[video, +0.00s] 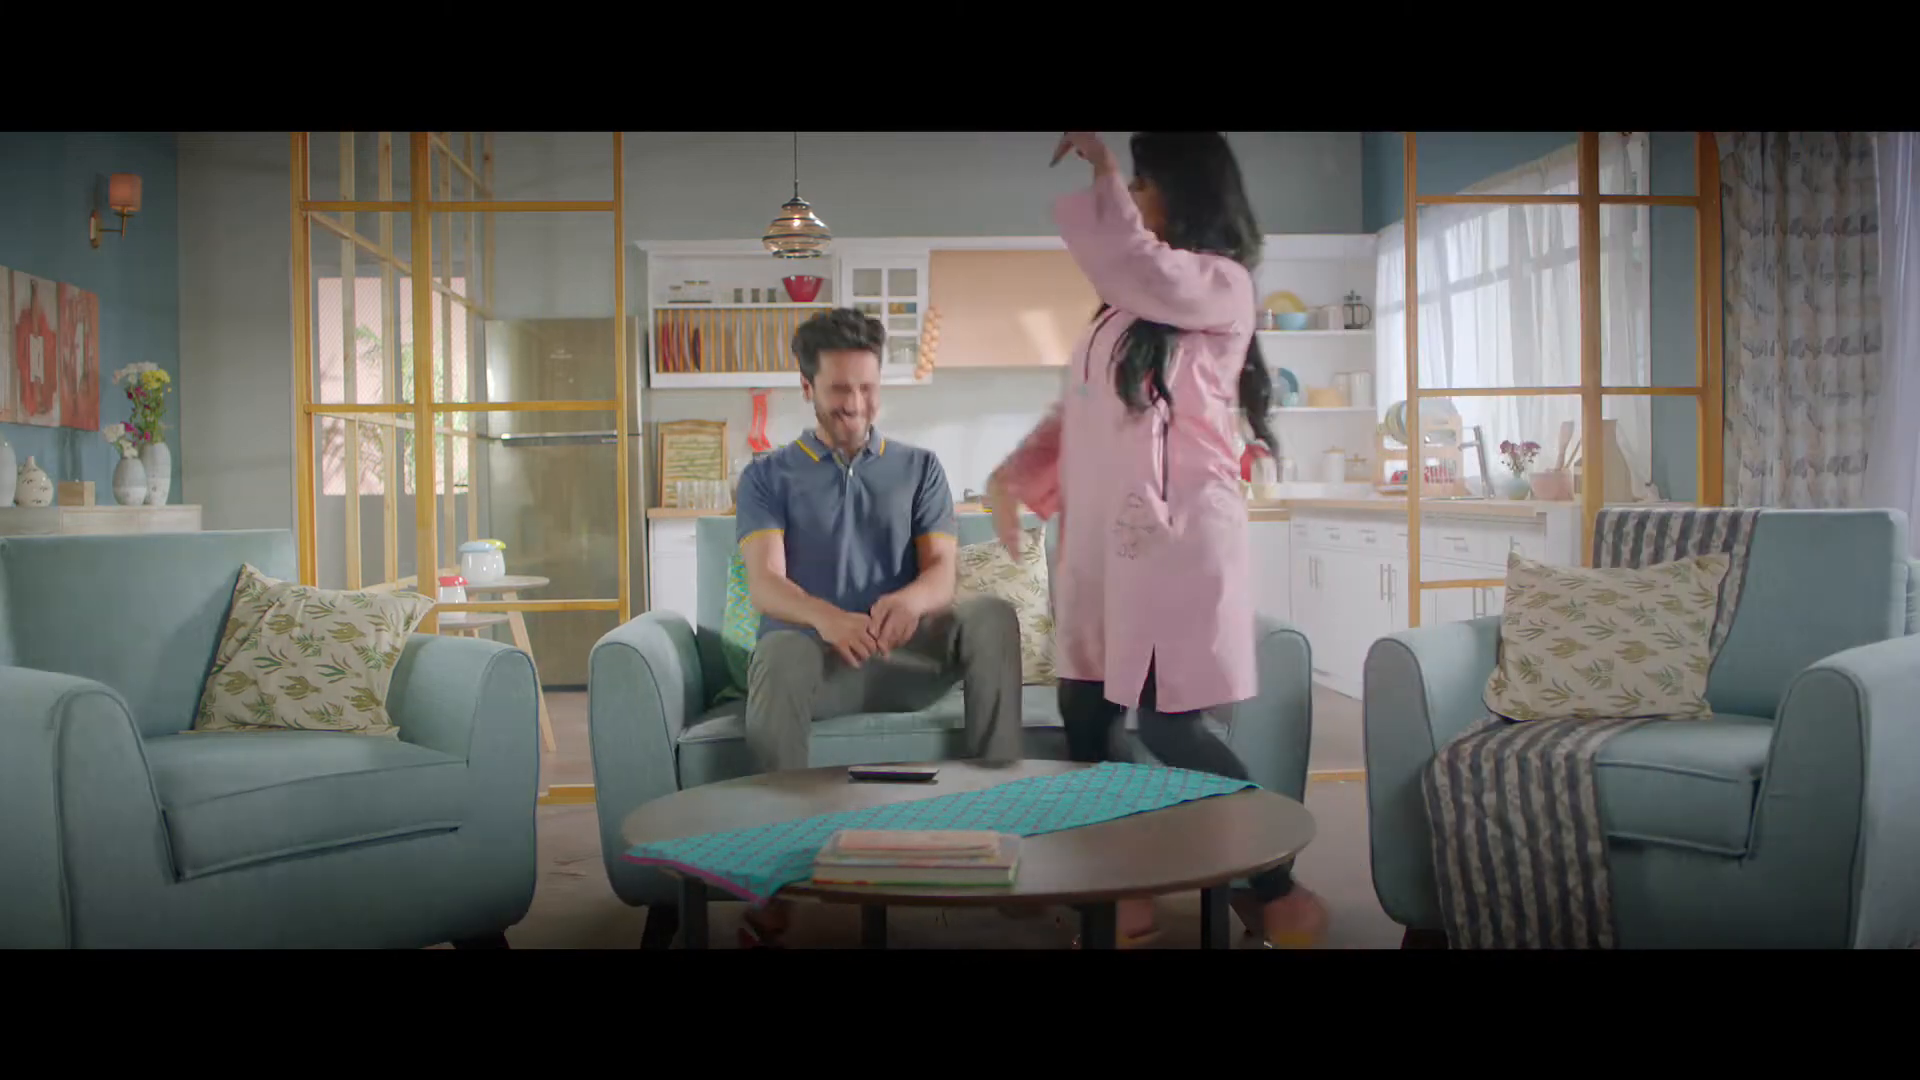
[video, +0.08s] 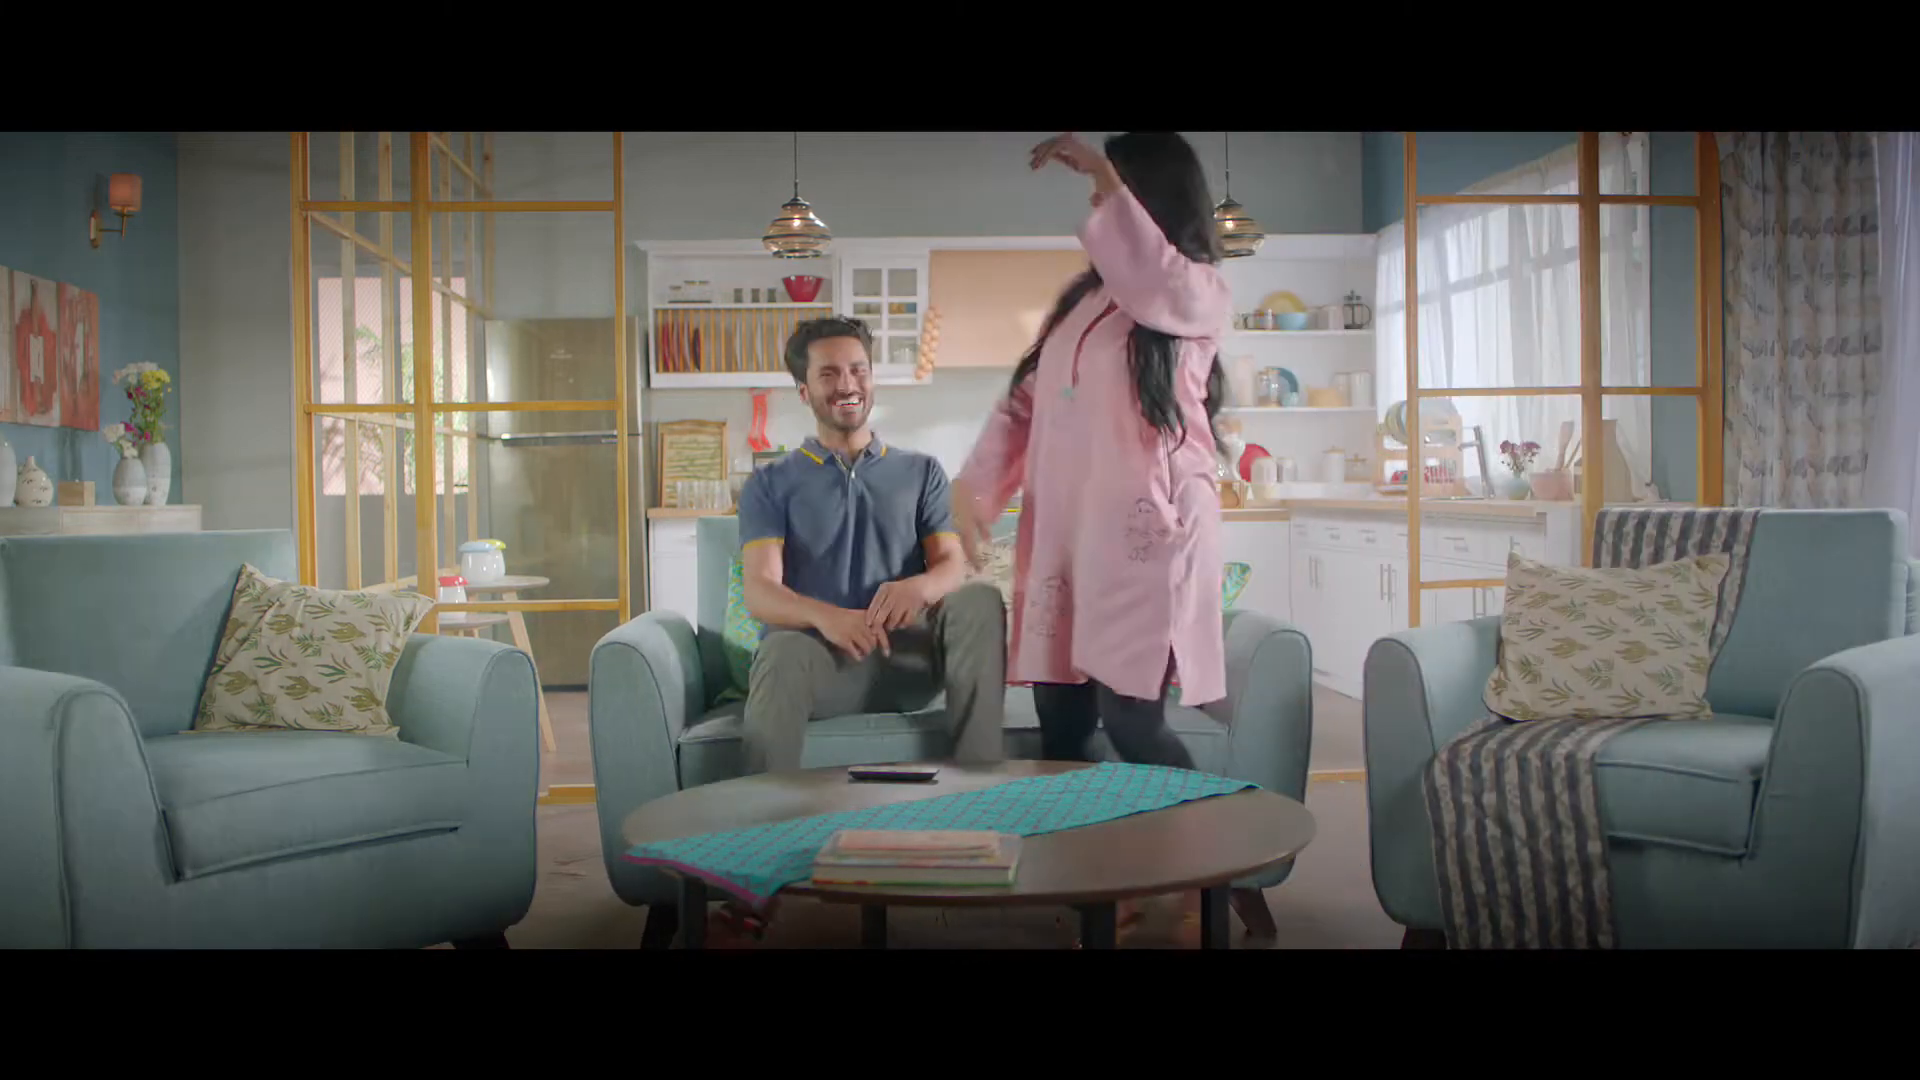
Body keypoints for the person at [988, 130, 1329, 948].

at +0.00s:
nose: (1127, 198)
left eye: (1143, 182)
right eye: (1126, 187)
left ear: (1187, 191)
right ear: (1139, 202)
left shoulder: (1227, 285)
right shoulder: (1117, 304)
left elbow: (1138, 272)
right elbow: (1077, 419)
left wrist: (1095, 170)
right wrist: (1017, 477)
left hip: (1178, 547)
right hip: (1096, 547)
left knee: (1169, 725)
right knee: (1086, 720)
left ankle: (1279, 897)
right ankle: (1126, 898)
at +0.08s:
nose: (1107, 210)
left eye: (1124, 195)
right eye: (1104, 198)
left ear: (1160, 201)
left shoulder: (1202, 292)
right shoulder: (1078, 302)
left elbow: (1155, 280)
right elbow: (1020, 408)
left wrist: (1103, 176)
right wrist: (974, 492)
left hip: (1149, 542)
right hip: (1062, 537)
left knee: (1131, 720)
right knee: (1062, 723)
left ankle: (1205, 856)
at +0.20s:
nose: (1072, 233)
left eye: (1091, 219)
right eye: (1065, 218)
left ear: (1130, 232)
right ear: (1054, 229)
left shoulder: (1160, 321)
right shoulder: (1022, 330)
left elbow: (1179, 357)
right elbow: (973, 433)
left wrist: (1099, 292)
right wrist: (964, 531)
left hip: (1128, 568)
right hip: (1031, 567)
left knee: (1105, 744)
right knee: (1037, 745)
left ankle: (1128, 922)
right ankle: (1056, 922)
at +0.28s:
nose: (1055, 298)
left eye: (1074, 286)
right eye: (1047, 284)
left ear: (1110, 302)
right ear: (1037, 297)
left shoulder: (1154, 393)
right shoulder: (1003, 397)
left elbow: (1174, 474)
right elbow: (972, 503)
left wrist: (1122, 464)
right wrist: (987, 584)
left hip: (1115, 614)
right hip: (1022, 616)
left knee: (1099, 728)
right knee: (1035, 726)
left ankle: (1134, 903)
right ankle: (1063, 901)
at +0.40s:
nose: (1047, 429)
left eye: (1063, 418)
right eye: (1034, 416)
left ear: (1085, 435)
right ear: (1017, 429)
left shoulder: (1121, 520)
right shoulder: (983, 521)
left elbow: (1146, 626)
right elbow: (956, 630)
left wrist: (1093, 658)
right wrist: (998, 658)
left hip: (1098, 686)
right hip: (1016, 682)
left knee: (1115, 724)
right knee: (1036, 724)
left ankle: (1114, 908)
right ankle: (1054, 900)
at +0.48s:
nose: (1042, 422)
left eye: (1059, 414)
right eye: (1030, 409)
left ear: (1079, 434)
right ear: (1012, 423)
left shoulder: (1111, 517)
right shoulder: (972, 514)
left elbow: (1135, 614)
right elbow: (952, 626)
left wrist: (1097, 641)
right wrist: (1002, 646)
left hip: (1092, 677)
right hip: (1012, 676)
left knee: (1110, 681)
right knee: (1049, 689)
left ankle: (1120, 891)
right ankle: (1052, 892)